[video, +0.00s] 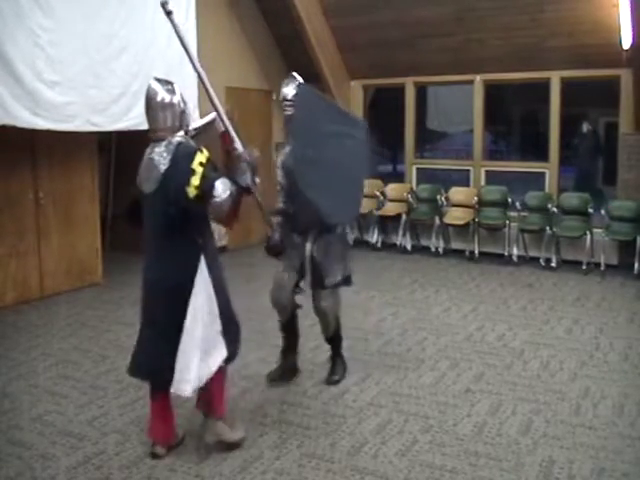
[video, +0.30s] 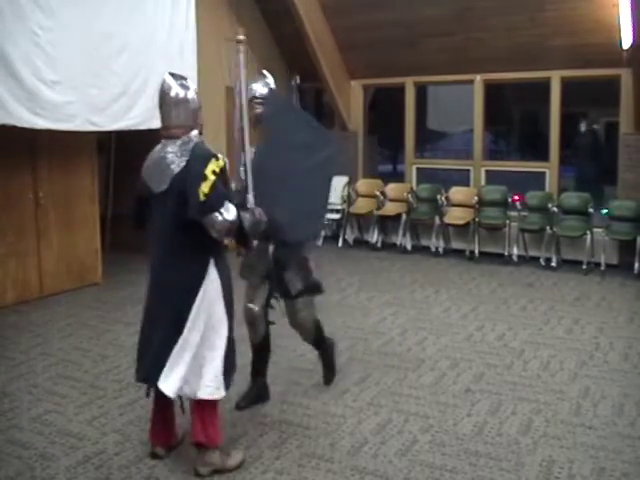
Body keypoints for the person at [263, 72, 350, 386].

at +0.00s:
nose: (288, 113)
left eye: (293, 107)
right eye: (285, 107)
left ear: (308, 111)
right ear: (282, 112)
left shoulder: (331, 150)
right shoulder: (288, 154)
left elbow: (345, 196)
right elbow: (284, 196)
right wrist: (277, 231)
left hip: (328, 232)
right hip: (295, 231)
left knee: (325, 303)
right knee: (281, 296)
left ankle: (337, 357)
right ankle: (289, 360)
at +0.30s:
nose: (256, 112)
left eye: (261, 104)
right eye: (252, 106)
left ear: (276, 108)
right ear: (253, 112)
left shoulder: (299, 151)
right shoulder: (259, 154)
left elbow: (309, 213)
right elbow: (247, 196)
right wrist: (244, 221)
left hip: (290, 243)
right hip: (259, 242)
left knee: (301, 317)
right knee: (253, 312)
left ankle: (324, 347)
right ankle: (258, 383)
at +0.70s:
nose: (239, 109)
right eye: (234, 103)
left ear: (192, 111)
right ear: (227, 112)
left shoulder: (173, 160)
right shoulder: (228, 162)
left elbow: (159, 221)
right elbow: (245, 228)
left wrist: (172, 257)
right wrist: (267, 253)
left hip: (181, 273)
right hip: (217, 277)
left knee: (198, 349)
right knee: (215, 355)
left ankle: (201, 428)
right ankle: (210, 449)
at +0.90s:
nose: (218, 125)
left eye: (221, 117)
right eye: (214, 117)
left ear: (204, 123)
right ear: (226, 122)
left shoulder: (183, 166)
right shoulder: (245, 165)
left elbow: (167, 230)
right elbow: (257, 229)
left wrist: (166, 276)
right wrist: (273, 268)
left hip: (197, 278)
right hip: (233, 278)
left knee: (216, 356)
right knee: (230, 357)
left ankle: (240, 434)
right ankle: (212, 444)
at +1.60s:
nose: (288, 119)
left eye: (273, 114)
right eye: (294, 113)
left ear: (265, 118)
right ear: (299, 117)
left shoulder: (259, 161)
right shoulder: (319, 162)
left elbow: (239, 221)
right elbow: (335, 220)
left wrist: (229, 268)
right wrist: (335, 267)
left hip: (266, 267)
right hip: (306, 266)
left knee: (255, 349)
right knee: (321, 341)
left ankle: (251, 435)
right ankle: (334, 418)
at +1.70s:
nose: (278, 116)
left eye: (281, 110)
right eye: (281, 109)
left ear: (289, 115)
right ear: (318, 115)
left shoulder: (285, 161)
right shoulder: (338, 161)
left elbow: (262, 225)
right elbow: (350, 218)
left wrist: (247, 274)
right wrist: (345, 264)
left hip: (290, 266)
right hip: (327, 265)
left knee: (270, 345)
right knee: (335, 340)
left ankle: (258, 433)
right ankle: (343, 418)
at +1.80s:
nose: (320, 124)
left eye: (317, 118)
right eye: (335, 117)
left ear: (316, 121)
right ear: (349, 120)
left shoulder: (317, 163)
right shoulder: (364, 162)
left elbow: (301, 227)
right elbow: (379, 213)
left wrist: (284, 278)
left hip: (323, 266)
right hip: (357, 265)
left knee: (305, 346)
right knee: (356, 342)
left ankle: (283, 428)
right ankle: (357, 419)